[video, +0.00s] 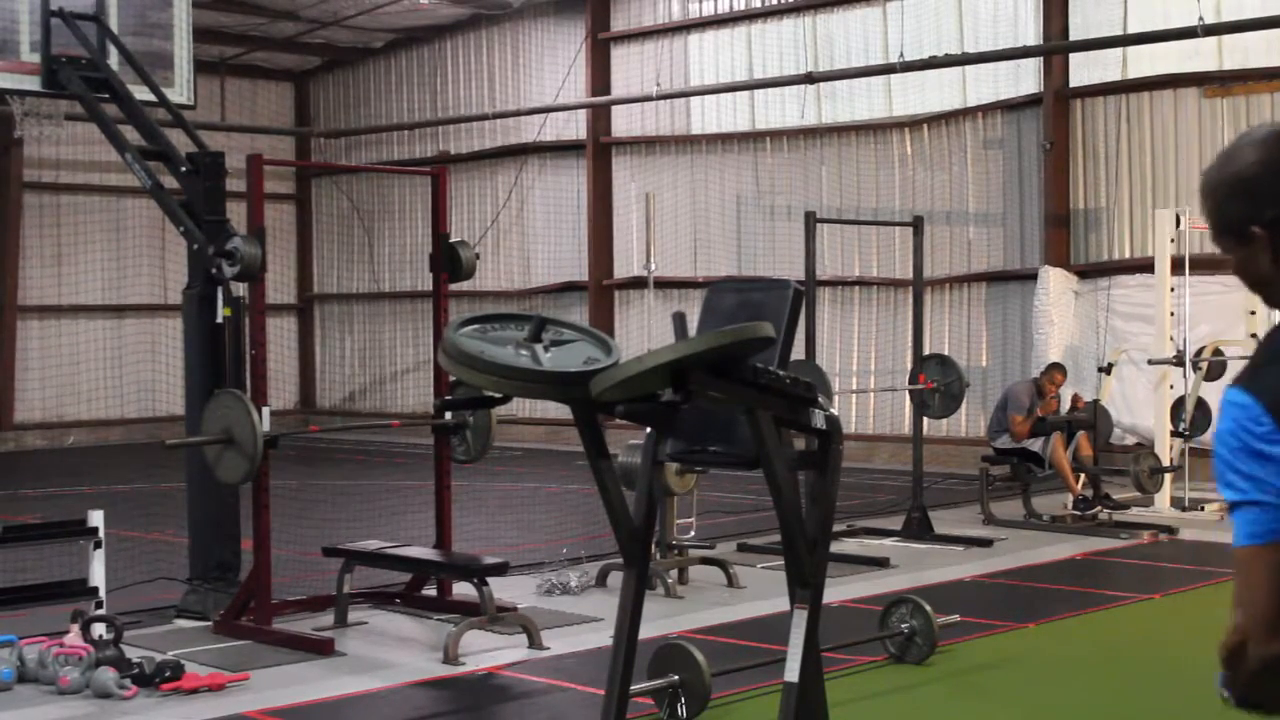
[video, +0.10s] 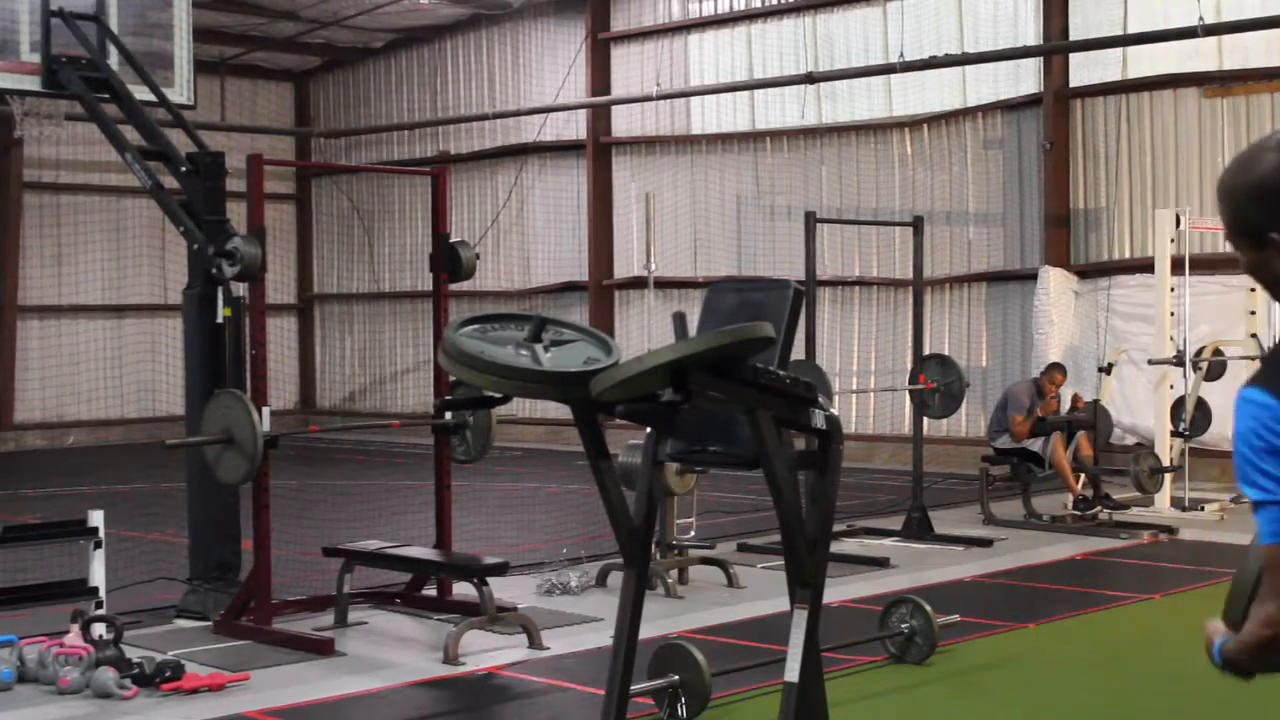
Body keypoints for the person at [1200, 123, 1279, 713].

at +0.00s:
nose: (1233, 270)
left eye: (1228, 249)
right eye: (1226, 250)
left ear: (1263, 240)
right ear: (1265, 239)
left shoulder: (1256, 402)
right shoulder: (1253, 403)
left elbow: (1264, 637)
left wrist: (1241, 681)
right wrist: (1245, 655)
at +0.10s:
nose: (1240, 261)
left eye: (1239, 246)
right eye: (1238, 245)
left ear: (1264, 248)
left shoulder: (1265, 403)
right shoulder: (1261, 403)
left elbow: (1273, 616)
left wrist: (1233, 652)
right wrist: (1240, 647)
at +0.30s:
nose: (1222, 286)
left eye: (1219, 271)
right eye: (1216, 271)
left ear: (1253, 273)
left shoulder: (1264, 418)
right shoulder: (1264, 401)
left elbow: (1272, 616)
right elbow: (1268, 500)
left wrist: (1217, 597)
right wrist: (1218, 565)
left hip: (1277, 683)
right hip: (1272, 679)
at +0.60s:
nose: (1144, 285)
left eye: (1144, 272)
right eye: (1140, 272)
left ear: (1175, 278)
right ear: (1241, 239)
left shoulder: (1176, 410)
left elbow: (1183, 582)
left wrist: (1090, 527)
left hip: (1228, 667)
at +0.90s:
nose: (1076, 250)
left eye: (1081, 236)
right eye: (1076, 234)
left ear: (1122, 249)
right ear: (1180, 231)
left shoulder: (1109, 374)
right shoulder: (1262, 307)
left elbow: (1108, 541)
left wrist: (1023, 482)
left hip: (1155, 640)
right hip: (1264, 624)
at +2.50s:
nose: (830, 214)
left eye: (842, 203)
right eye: (837, 201)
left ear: (881, 221)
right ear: (884, 225)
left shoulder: (883, 298)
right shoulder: (890, 293)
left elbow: (783, 361)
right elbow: (799, 349)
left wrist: (724, 281)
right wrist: (724, 296)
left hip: (849, 566)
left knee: (798, 706)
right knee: (856, 707)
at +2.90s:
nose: (787, 217)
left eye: (798, 205)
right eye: (791, 205)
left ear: (837, 217)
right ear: (840, 219)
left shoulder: (851, 295)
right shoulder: (846, 287)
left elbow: (764, 369)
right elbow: (775, 349)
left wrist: (698, 291)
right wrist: (698, 296)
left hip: (842, 560)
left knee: (825, 707)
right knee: (835, 704)